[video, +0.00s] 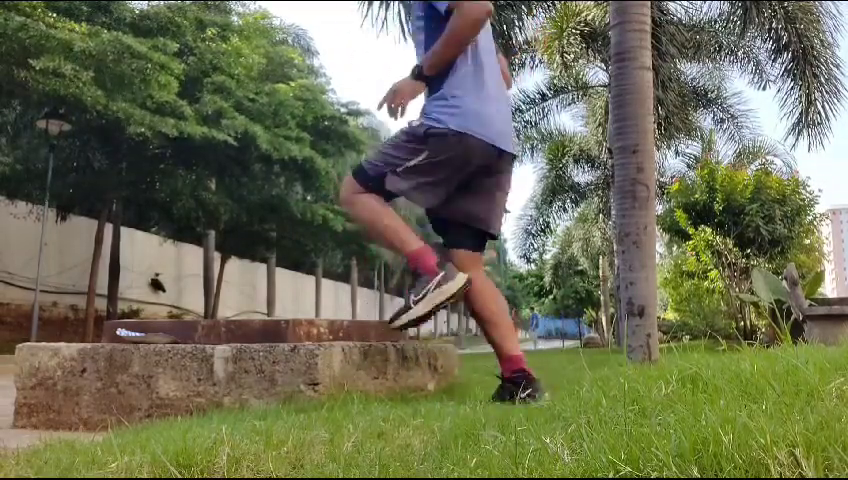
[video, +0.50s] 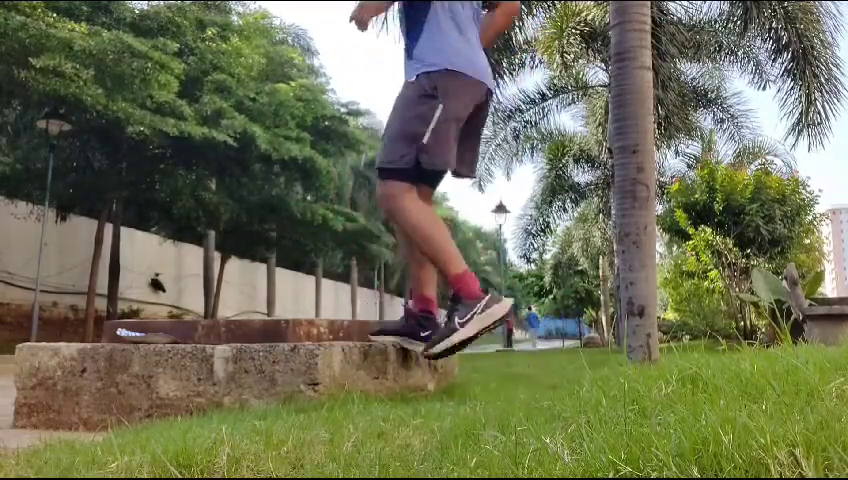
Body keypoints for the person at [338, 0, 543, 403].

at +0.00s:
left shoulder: (434, 5)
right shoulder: (470, 15)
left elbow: (478, 8)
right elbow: (501, 71)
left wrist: (419, 77)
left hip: (454, 125)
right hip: (499, 139)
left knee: (355, 193)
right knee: (467, 266)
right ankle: (518, 376)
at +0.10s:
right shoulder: (472, 2)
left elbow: (451, 2)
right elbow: (495, 41)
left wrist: (403, 41)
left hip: (440, 88)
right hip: (489, 103)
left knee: (351, 175)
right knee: (470, 232)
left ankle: (393, 285)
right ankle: (508, 359)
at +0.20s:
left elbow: (422, 2)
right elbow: (492, 23)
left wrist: (384, 34)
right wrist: (440, 49)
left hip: (428, 77)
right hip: (476, 89)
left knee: (366, 189)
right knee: (432, 214)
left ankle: (393, 308)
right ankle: (492, 321)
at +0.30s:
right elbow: (492, 8)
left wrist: (378, 17)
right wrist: (451, 41)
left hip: (427, 58)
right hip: (475, 69)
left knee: (385, 180)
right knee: (416, 189)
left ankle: (394, 309)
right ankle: (457, 300)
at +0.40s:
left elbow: (379, 7)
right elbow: (500, 3)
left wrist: (375, 6)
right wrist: (462, 32)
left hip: (433, 54)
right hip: (477, 65)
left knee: (392, 177)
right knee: (421, 188)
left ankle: (419, 304)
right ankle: (425, 308)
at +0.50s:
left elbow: (373, 7)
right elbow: (509, 6)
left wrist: (364, 12)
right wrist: (470, 46)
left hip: (440, 65)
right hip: (473, 72)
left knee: (394, 193)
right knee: (420, 195)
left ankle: (472, 295)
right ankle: (423, 313)